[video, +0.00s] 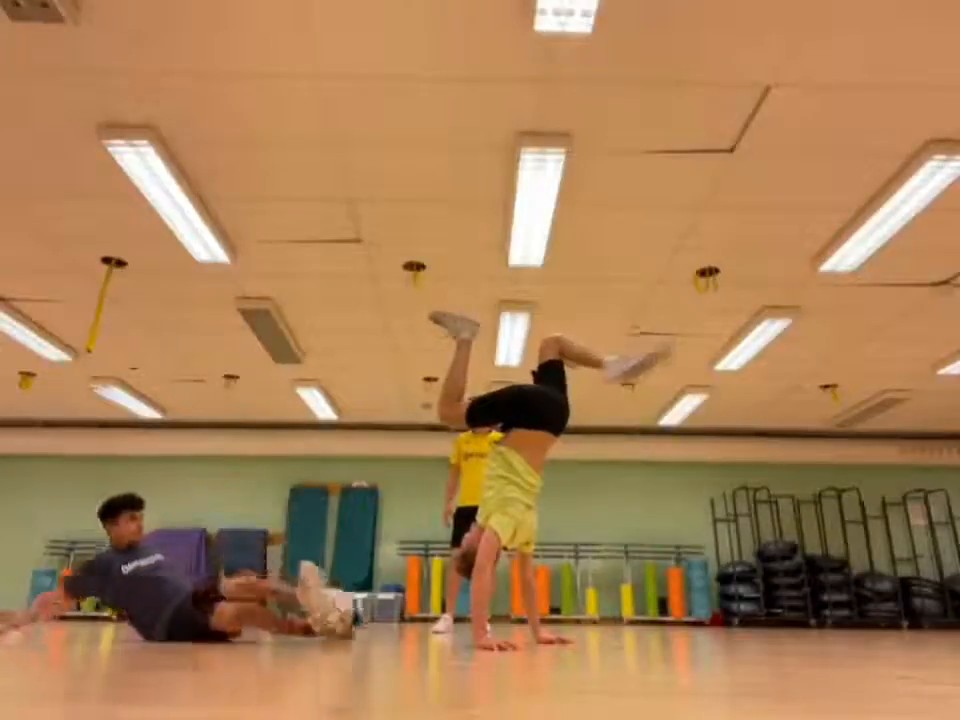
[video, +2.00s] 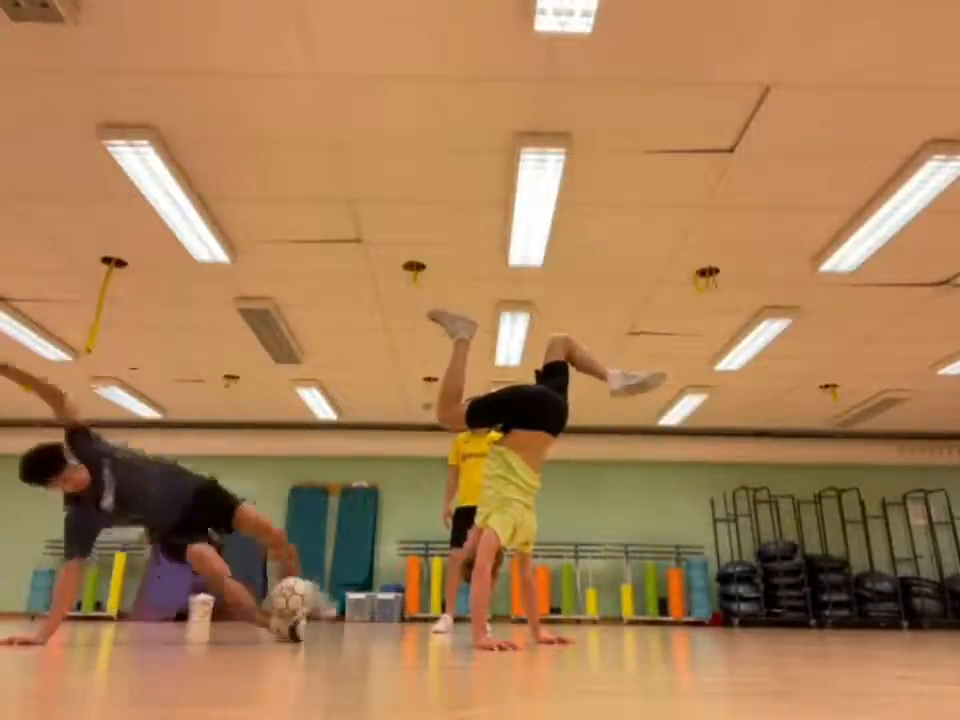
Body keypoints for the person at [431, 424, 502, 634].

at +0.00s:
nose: (479, 421)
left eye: (483, 415)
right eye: (475, 415)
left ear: (493, 417)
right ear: (468, 416)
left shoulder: (500, 440)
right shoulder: (462, 440)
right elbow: (454, 473)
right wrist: (449, 502)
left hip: (492, 504)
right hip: (466, 504)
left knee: (487, 564)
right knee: (457, 560)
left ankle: (484, 618)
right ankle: (449, 613)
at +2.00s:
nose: (476, 420)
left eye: (481, 414)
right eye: (472, 413)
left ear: (491, 415)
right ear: (466, 415)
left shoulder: (499, 438)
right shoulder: (462, 440)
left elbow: (506, 471)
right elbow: (453, 473)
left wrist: (502, 501)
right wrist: (448, 503)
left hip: (491, 504)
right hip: (465, 504)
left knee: (489, 563)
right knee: (456, 557)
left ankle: (483, 617)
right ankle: (448, 613)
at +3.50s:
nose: (444, 409)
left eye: (447, 404)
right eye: (439, 404)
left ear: (452, 409)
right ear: (432, 409)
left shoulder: (464, 438)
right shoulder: (422, 438)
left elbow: (474, 474)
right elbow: (416, 475)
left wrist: (475, 506)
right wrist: (411, 506)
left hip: (457, 506)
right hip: (428, 505)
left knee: (468, 558)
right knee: (412, 556)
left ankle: (477, 612)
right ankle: (409, 608)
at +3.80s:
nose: (408, 394)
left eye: (412, 390)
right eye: (403, 391)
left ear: (419, 395)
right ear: (397, 396)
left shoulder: (431, 423)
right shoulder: (391, 427)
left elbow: (441, 459)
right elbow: (387, 459)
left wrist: (441, 494)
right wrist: (379, 487)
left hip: (422, 493)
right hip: (396, 493)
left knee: (419, 552)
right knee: (394, 554)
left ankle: (437, 601)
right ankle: (400, 611)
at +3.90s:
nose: (400, 390)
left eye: (404, 386)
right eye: (395, 386)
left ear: (410, 391)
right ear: (388, 391)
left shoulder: (422, 418)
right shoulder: (381, 425)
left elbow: (435, 454)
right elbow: (375, 460)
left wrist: (435, 491)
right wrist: (364, 492)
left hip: (415, 489)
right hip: (390, 491)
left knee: (405, 544)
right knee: (392, 549)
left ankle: (409, 606)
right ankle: (399, 606)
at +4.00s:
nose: (392, 389)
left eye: (396, 385)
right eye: (387, 385)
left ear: (402, 391)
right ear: (380, 391)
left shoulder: (414, 419)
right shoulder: (373, 424)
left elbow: (427, 455)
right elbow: (366, 460)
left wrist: (427, 492)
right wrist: (355, 491)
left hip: (407, 490)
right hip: (382, 492)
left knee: (389, 544)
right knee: (390, 551)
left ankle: (377, 606)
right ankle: (397, 611)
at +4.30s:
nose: (368, 379)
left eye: (374, 375)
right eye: (364, 375)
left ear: (380, 382)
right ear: (355, 380)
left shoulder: (388, 413)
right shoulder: (344, 417)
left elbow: (400, 453)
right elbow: (336, 454)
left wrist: (404, 491)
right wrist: (327, 488)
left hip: (372, 485)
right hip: (346, 486)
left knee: (353, 544)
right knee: (353, 555)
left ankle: (338, 614)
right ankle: (386, 594)